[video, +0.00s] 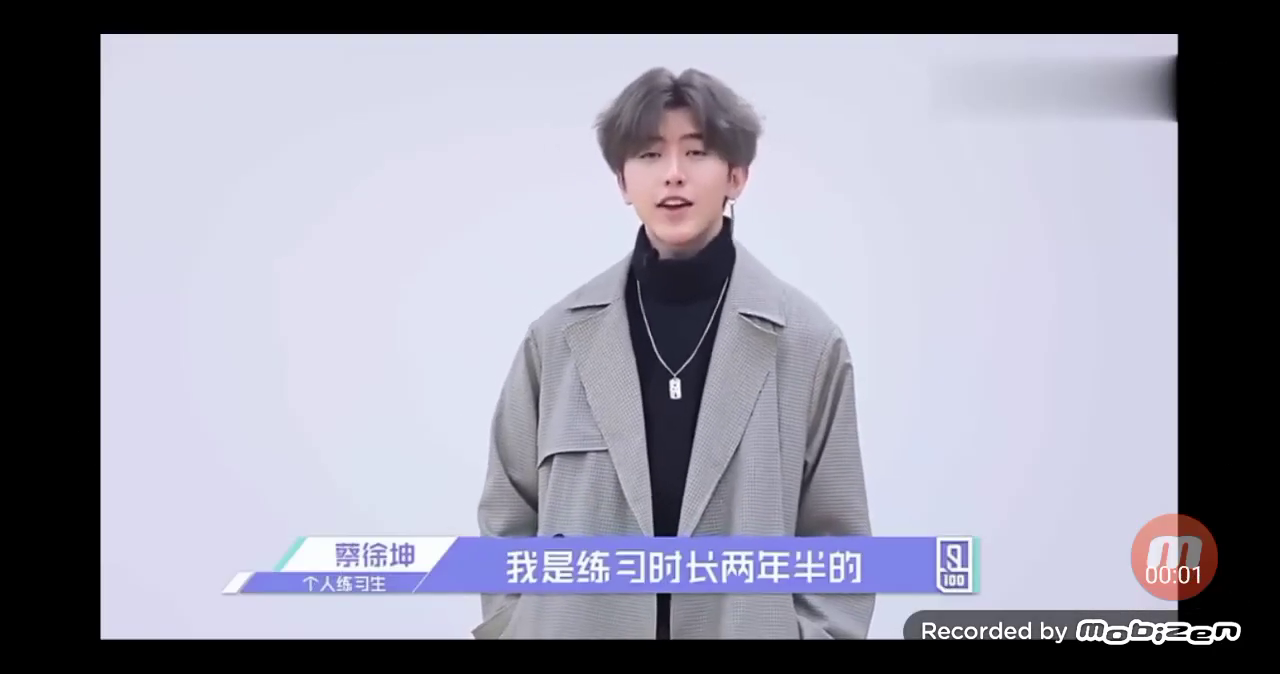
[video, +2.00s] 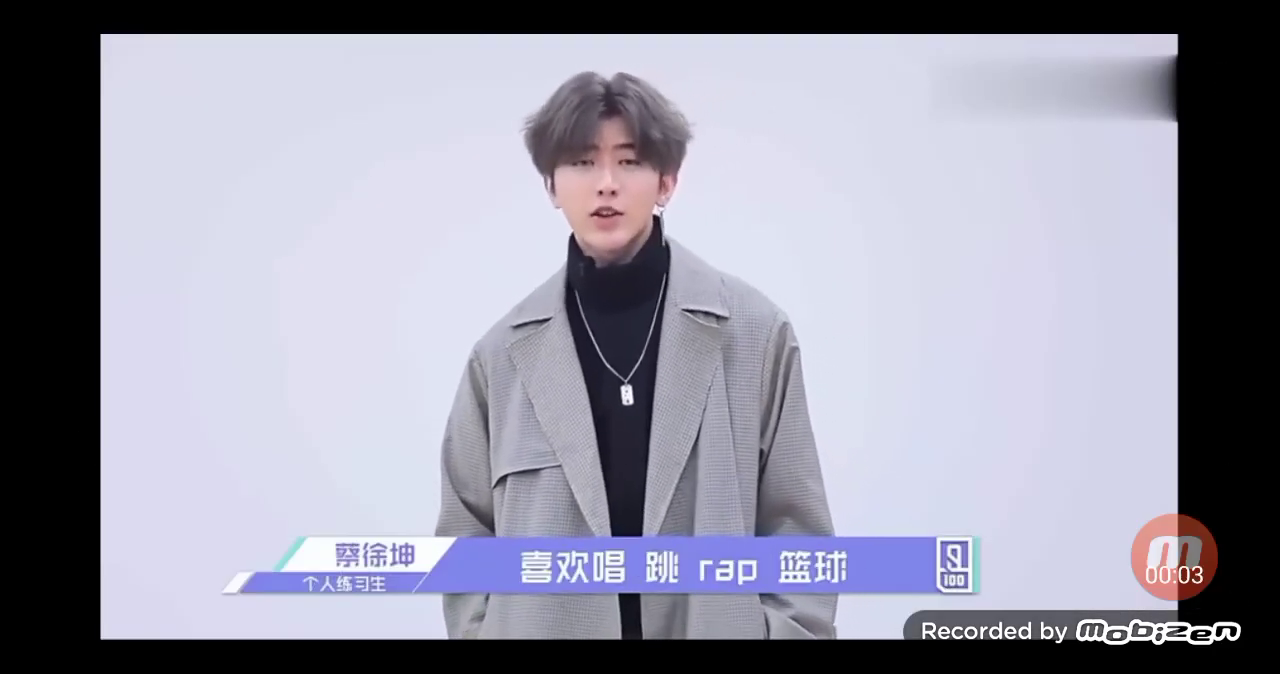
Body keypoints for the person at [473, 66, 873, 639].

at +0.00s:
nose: (673, 175)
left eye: (696, 152)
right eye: (650, 154)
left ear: (735, 178)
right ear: (623, 181)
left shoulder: (809, 342)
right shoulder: (553, 339)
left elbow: (839, 539)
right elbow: (506, 517)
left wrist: (816, 631)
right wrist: (511, 625)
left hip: (745, 629)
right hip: (578, 629)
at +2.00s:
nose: (606, 183)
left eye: (628, 162)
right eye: (582, 162)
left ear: (665, 183)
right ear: (553, 185)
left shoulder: (757, 333)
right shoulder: (497, 356)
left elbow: (800, 530)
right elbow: (462, 536)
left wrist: (784, 631)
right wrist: (480, 627)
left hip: (712, 629)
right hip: (547, 631)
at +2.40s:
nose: (598, 183)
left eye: (621, 163)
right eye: (575, 162)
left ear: (658, 186)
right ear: (545, 186)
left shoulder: (748, 333)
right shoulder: (491, 359)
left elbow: (793, 530)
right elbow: (457, 542)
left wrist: (778, 631)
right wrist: (478, 628)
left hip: (706, 629)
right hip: (543, 631)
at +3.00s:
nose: (577, 199)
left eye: (599, 171)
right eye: (552, 178)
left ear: (638, 186)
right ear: (527, 201)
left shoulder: (740, 332)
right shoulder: (487, 365)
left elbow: (791, 533)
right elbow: (456, 549)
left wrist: (777, 630)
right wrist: (477, 629)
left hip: (704, 629)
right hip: (541, 631)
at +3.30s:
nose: (595, 192)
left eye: (615, 165)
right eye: (571, 175)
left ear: (661, 179)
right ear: (552, 201)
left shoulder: (763, 334)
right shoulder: (510, 363)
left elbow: (803, 534)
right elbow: (475, 541)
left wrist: (783, 631)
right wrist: (495, 626)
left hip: (713, 629)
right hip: (557, 631)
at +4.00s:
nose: (715, 199)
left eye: (735, 171)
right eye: (690, 182)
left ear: (782, 183)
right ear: (671, 205)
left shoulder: (855, 358)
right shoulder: (600, 339)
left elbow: (889, 555)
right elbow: (554, 513)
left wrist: (862, 631)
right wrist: (522, 403)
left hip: (792, 627)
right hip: (641, 626)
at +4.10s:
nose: (720, 198)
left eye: (740, 172)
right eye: (696, 183)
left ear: (788, 184)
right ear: (677, 206)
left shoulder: (860, 358)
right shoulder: (617, 333)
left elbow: (888, 547)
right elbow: (575, 507)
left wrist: (868, 631)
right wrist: (566, 389)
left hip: (798, 630)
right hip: (650, 628)